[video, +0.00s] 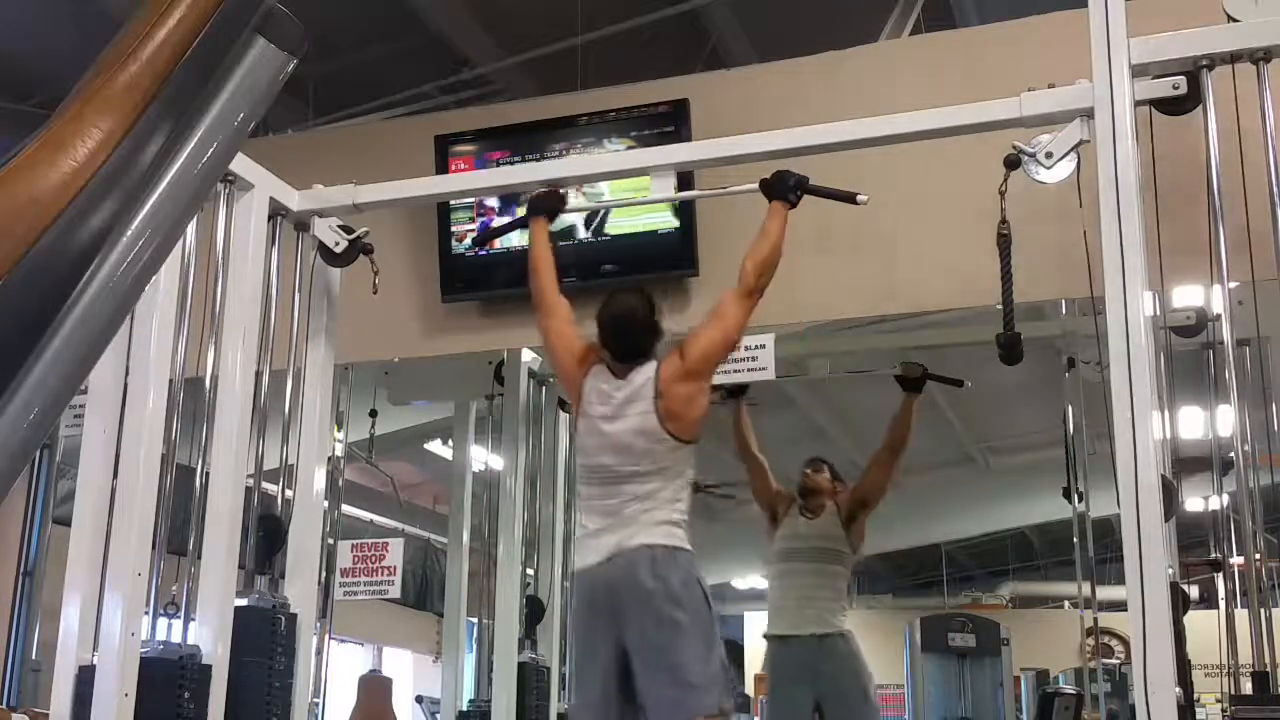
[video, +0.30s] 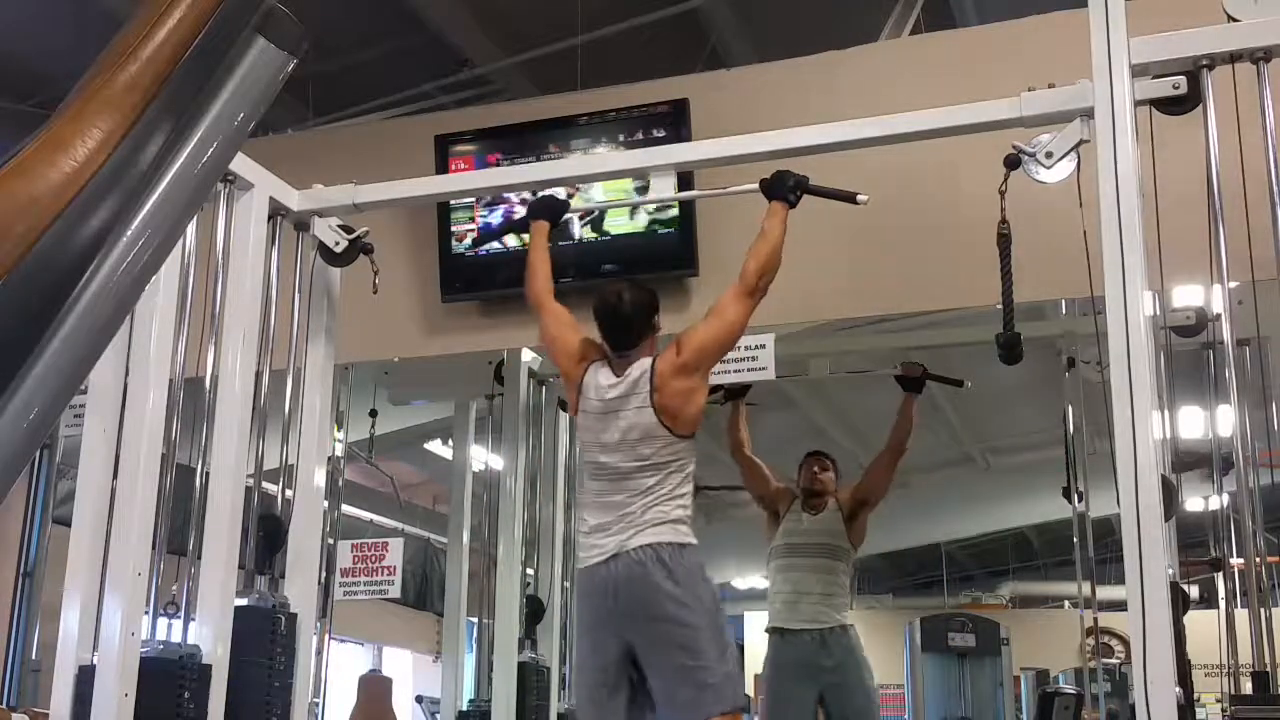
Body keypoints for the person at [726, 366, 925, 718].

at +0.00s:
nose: (809, 471)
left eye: (818, 469)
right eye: (806, 470)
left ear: (836, 485)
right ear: (798, 483)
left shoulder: (849, 510)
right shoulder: (781, 509)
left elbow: (890, 452)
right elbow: (750, 455)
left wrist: (911, 395)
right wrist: (738, 401)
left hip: (835, 647)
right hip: (784, 649)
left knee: (862, 714)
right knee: (783, 715)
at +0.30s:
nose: (815, 470)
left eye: (824, 467)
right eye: (808, 466)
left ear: (836, 480)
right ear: (798, 478)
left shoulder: (851, 506)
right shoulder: (780, 502)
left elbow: (894, 451)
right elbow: (742, 453)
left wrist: (910, 394)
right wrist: (737, 399)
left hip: (840, 645)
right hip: (785, 647)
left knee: (864, 713)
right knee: (780, 714)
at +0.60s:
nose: (837, 465)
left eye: (843, 463)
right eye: (829, 460)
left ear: (849, 476)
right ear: (810, 471)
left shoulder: (863, 501)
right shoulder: (788, 501)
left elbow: (908, 450)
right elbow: (746, 454)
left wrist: (914, 392)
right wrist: (738, 401)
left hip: (852, 633)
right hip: (799, 635)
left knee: (866, 713)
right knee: (799, 714)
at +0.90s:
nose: (842, 455)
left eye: (848, 454)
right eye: (833, 451)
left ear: (854, 469)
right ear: (814, 465)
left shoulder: (865, 496)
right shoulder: (791, 492)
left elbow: (912, 449)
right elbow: (742, 454)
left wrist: (916, 392)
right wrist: (738, 400)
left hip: (846, 618)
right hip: (794, 617)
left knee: (853, 711)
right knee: (784, 710)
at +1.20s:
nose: (830, 458)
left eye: (838, 458)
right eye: (824, 457)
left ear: (851, 475)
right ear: (813, 473)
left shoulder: (863, 496)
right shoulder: (788, 495)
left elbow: (909, 449)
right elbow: (743, 454)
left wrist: (914, 392)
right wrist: (737, 400)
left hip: (842, 615)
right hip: (790, 615)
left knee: (852, 712)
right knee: (789, 711)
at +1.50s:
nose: (823, 476)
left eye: (832, 475)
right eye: (817, 475)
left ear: (844, 490)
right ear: (807, 488)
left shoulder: (855, 509)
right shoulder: (785, 507)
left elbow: (897, 452)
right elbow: (747, 454)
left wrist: (910, 394)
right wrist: (738, 401)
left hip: (834, 638)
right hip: (781, 636)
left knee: (843, 713)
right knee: (769, 713)